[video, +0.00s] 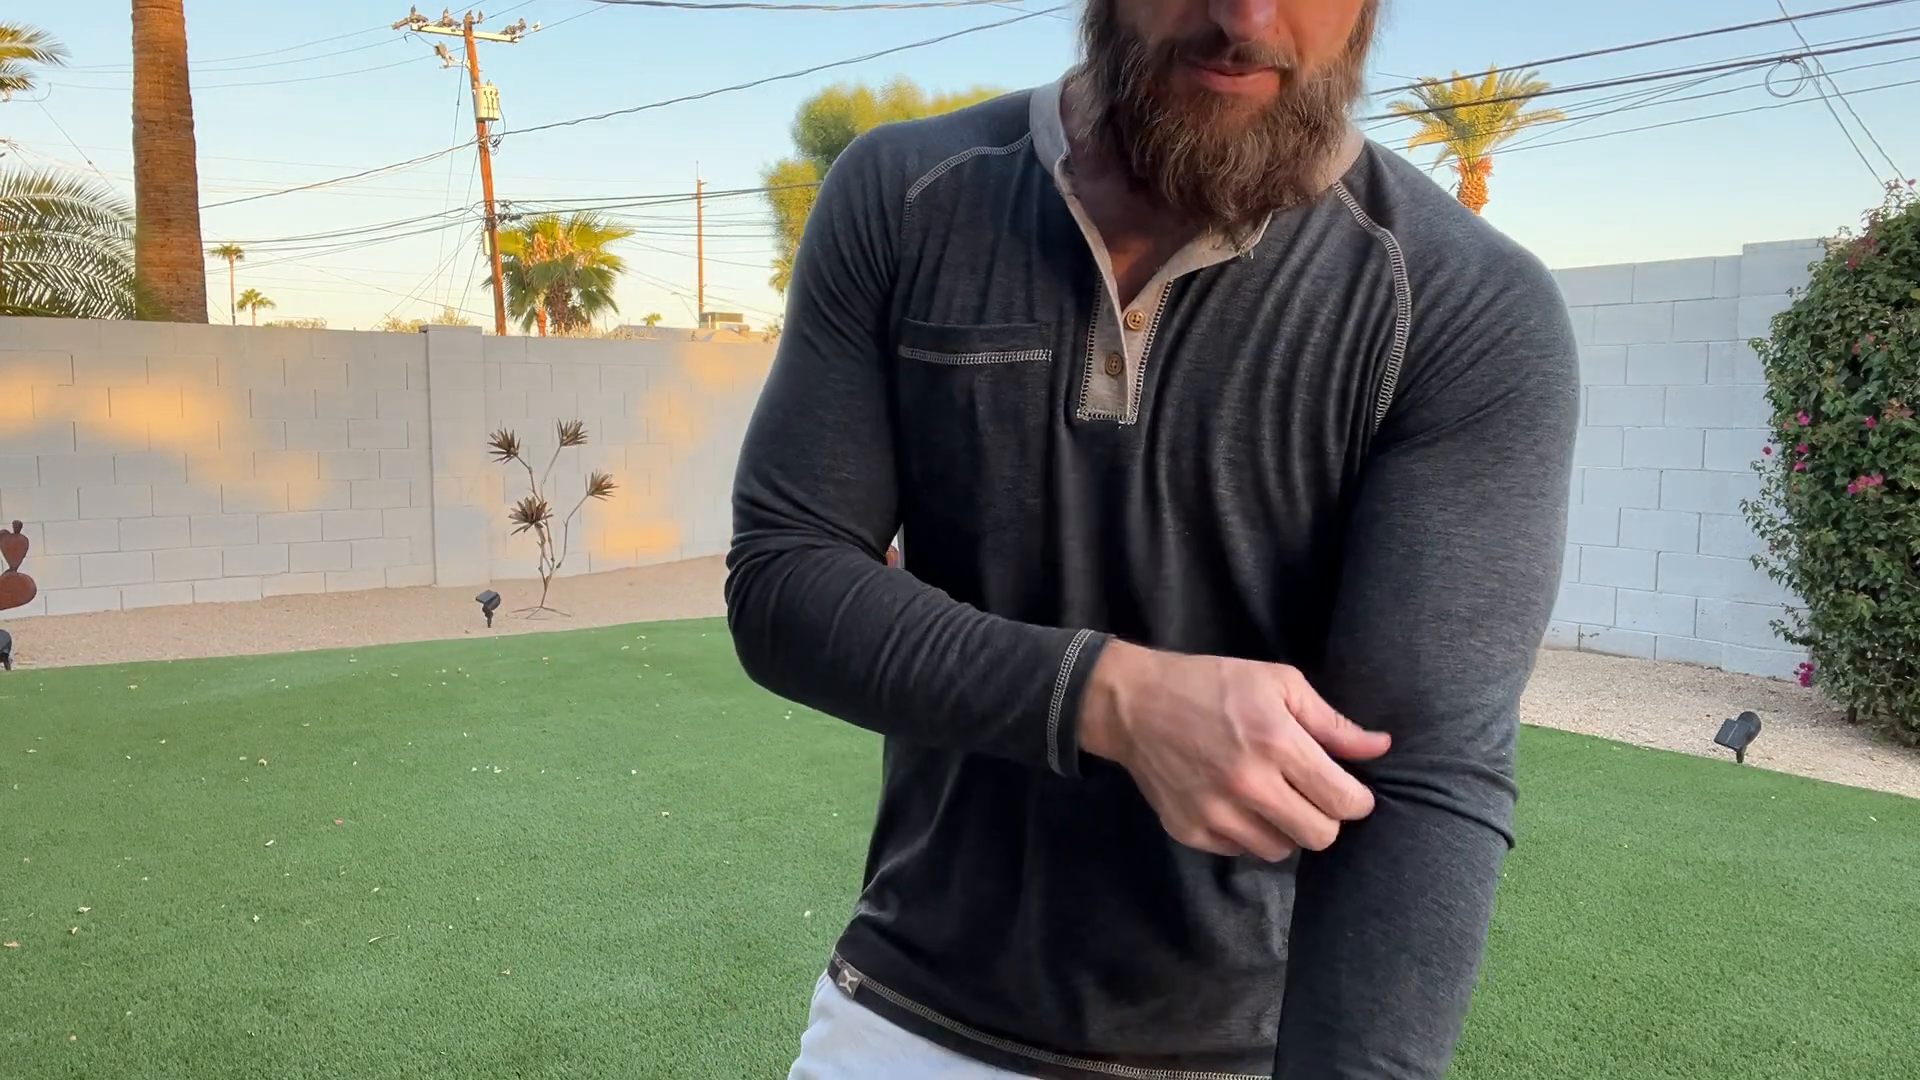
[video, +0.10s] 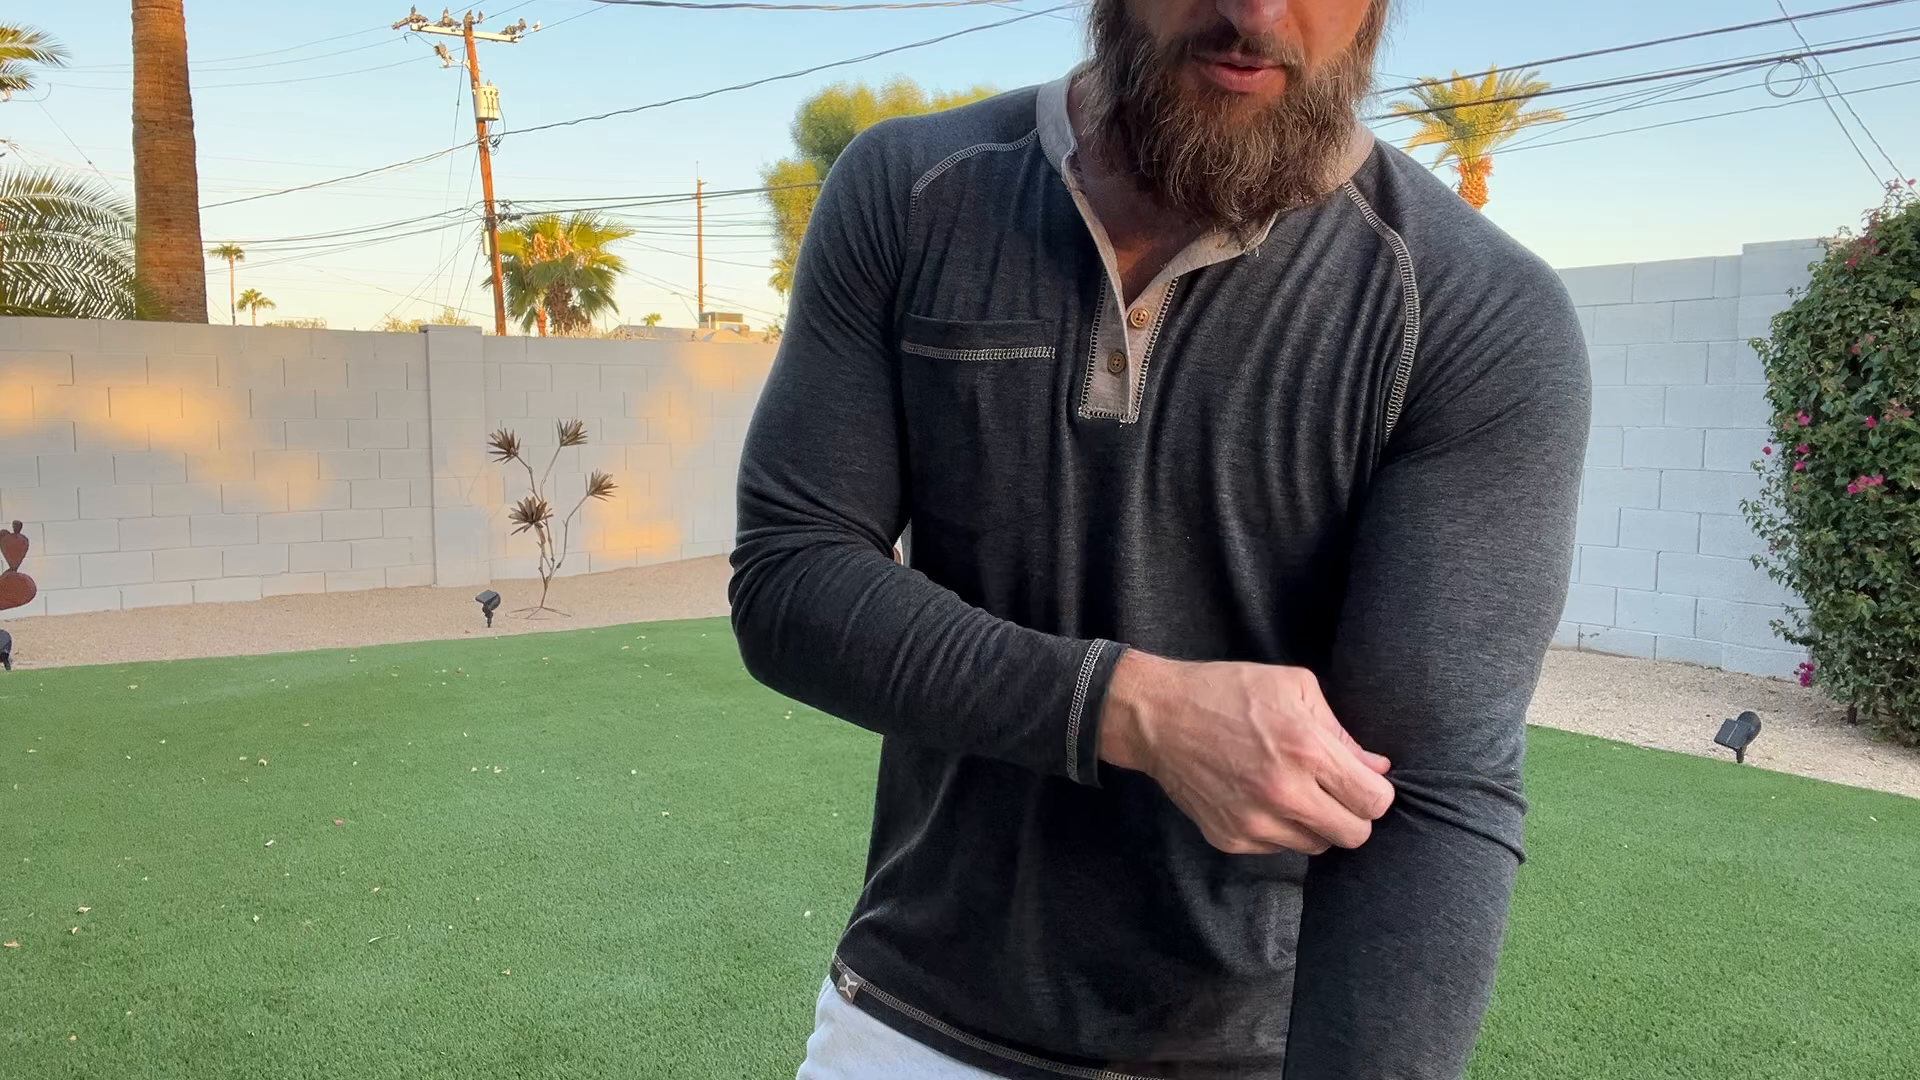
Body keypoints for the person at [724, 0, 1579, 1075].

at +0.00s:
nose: (1246, 19)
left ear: (1367, 6)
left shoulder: (1469, 309)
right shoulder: (897, 200)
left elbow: (1426, 783)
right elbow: (784, 585)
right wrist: (1111, 696)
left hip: (1254, 1045)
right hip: (916, 1021)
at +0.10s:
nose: (1252, 11)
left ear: (1375, 6)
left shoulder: (1481, 317)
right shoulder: (902, 197)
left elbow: (1434, 798)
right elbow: (791, 582)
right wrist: (1136, 709)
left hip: (1259, 1041)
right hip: (923, 1020)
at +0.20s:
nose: (1240, 8)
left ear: (1361, 13)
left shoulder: (1476, 307)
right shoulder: (898, 199)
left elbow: (1441, 755)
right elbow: (771, 582)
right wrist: (1112, 642)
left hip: (1271, 1038)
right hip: (924, 1020)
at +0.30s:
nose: (1216, 3)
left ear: (1333, 6)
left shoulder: (1453, 298)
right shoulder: (884, 204)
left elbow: (1437, 732)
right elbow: (755, 579)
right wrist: (1092, 643)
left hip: (1267, 1035)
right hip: (916, 1023)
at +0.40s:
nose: (1173, 9)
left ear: (1293, 7)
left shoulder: (1416, 299)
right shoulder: (858, 237)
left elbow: (1460, 739)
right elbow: (748, 599)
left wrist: (1359, 1056)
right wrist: (1035, 707)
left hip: (1251, 1034)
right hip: (906, 1033)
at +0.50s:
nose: (1133, 7)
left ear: (1243, 15)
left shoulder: (1365, 284)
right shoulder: (827, 253)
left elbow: (1553, 681)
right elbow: (714, 589)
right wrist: (889, 666)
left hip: (1204, 1026)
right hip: (879, 1020)